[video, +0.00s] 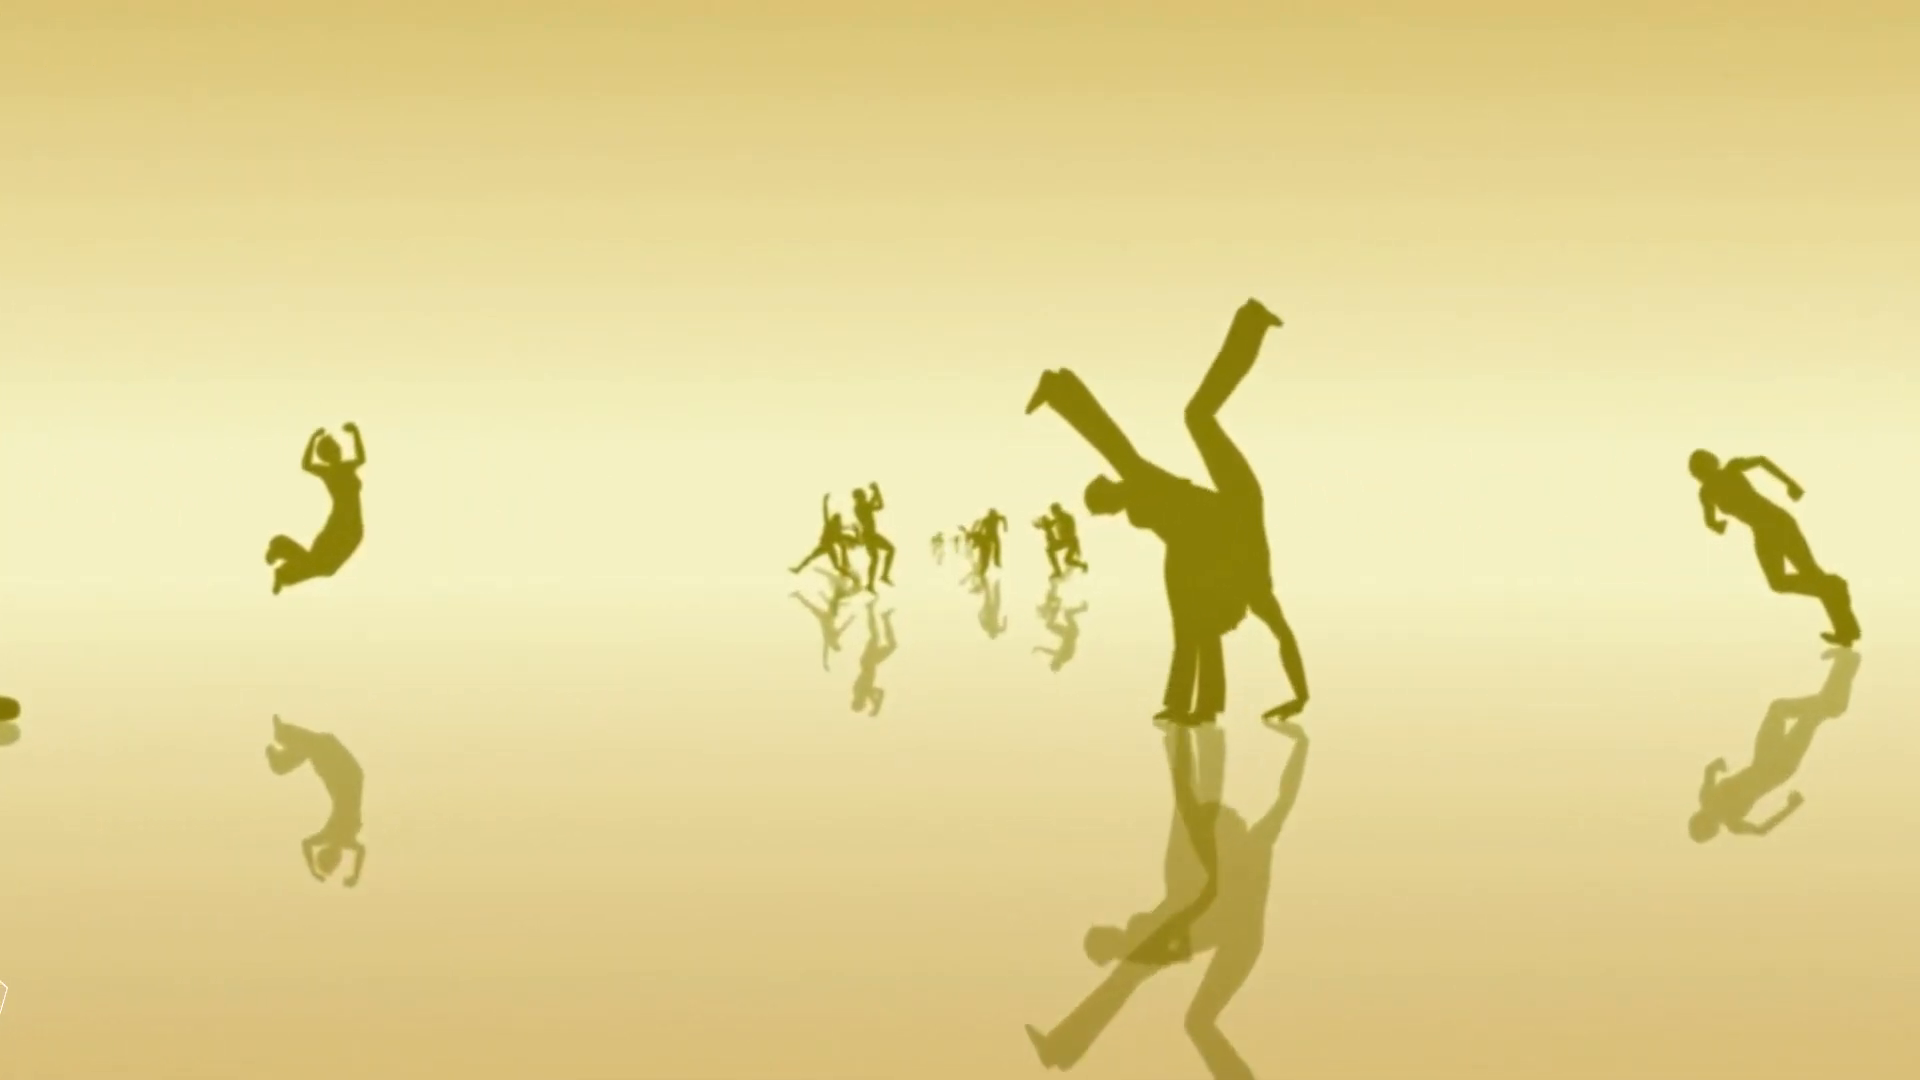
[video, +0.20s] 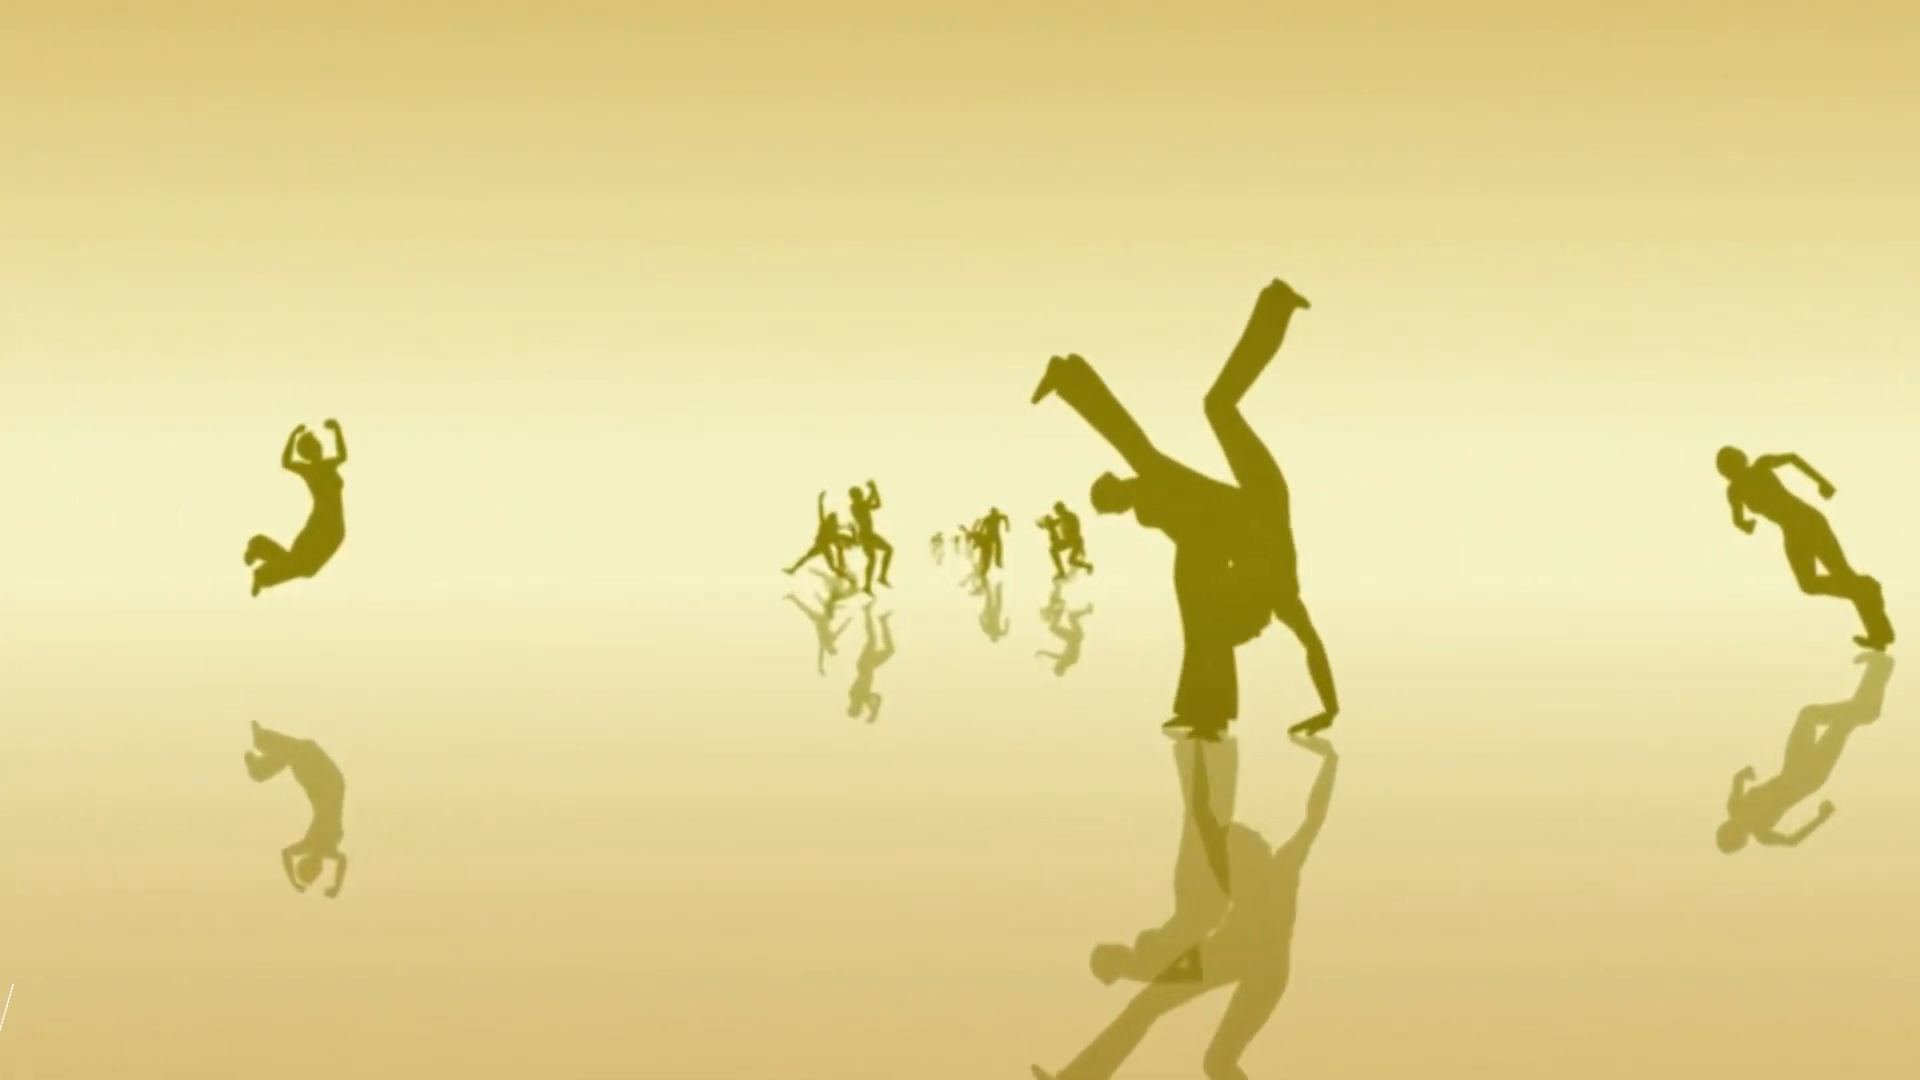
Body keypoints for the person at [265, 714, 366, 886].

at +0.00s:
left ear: (335, 856)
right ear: (322, 853)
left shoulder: (346, 841)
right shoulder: (325, 838)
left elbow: (362, 849)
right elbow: (305, 843)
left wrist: (355, 875)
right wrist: (312, 870)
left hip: (330, 747)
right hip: (317, 747)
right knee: (279, 767)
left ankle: (282, 730)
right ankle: (270, 749)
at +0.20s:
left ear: (316, 866)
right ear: (303, 863)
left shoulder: (327, 851)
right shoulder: (307, 847)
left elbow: (343, 859)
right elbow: (286, 853)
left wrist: (337, 886)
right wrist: (293, 881)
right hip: (298, 753)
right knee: (258, 774)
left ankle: (262, 736)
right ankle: (249, 756)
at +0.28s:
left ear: (305, 872)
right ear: (291, 868)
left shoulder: (315, 857)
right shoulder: (293, 853)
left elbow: (332, 865)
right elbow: (272, 859)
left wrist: (325, 893)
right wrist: (280, 887)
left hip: (298, 757)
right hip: (285, 756)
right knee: (245, 779)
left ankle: (248, 740)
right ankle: (235, 760)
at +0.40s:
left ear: (297, 876)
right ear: (283, 872)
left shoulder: (307, 860)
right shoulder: (286, 857)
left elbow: (324, 870)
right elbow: (263, 863)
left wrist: (317, 898)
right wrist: (271, 891)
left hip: (290, 761)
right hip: (276, 760)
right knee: (236, 782)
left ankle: (239, 742)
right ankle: (226, 762)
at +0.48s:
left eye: (275, 894)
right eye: (271, 893)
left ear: (283, 882)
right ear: (271, 879)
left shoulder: (294, 866)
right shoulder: (273, 863)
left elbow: (312, 876)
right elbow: (250, 870)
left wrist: (305, 905)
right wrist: (259, 899)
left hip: (277, 765)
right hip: (264, 764)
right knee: (222, 786)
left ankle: (225, 747)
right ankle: (212, 768)